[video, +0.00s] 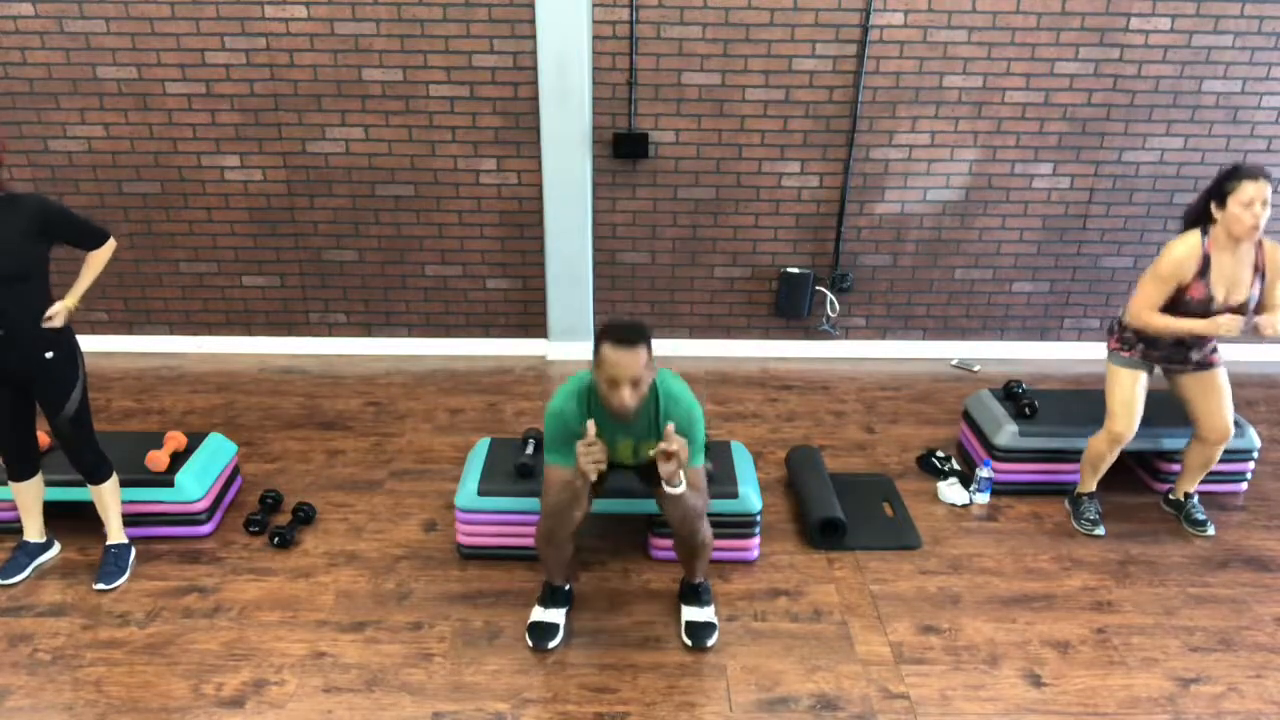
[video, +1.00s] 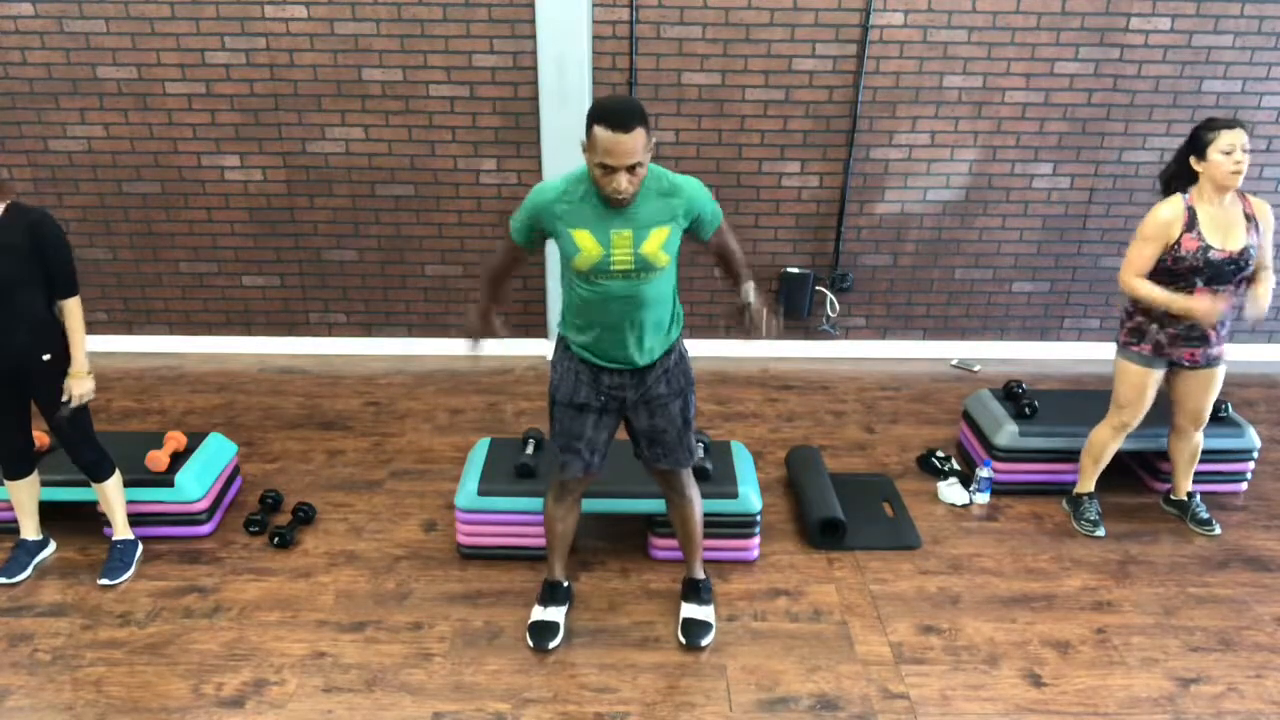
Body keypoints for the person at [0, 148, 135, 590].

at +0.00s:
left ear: (5, 169)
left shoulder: (26, 209)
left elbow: (102, 243)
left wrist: (70, 301)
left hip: (47, 351)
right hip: (7, 358)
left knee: (81, 448)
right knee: (17, 453)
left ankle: (117, 543)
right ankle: (35, 540)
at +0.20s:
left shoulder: (24, 211)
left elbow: (95, 256)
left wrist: (54, 310)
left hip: (46, 349)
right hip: (5, 357)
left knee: (80, 448)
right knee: (16, 451)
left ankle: (118, 543)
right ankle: (35, 539)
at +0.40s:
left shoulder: (19, 221)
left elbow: (87, 272)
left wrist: (58, 337)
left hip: (42, 355)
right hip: (4, 367)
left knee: (76, 448)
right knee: (13, 455)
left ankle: (117, 542)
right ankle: (35, 540)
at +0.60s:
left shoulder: (23, 225)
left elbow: (57, 293)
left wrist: (45, 359)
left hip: (43, 357)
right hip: (1, 369)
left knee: (76, 448)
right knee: (13, 455)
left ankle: (123, 537)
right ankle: (34, 540)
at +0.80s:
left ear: (5, 185)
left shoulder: (31, 223)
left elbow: (65, 295)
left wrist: (73, 365)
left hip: (43, 361)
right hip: (4, 369)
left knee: (83, 448)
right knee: (13, 453)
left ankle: (124, 538)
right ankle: (32, 539)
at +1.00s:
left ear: (6, 185)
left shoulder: (35, 225)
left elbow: (68, 298)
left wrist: (80, 367)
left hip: (46, 363)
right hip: (4, 371)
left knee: (84, 450)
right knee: (14, 457)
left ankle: (124, 538)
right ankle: (31, 539)